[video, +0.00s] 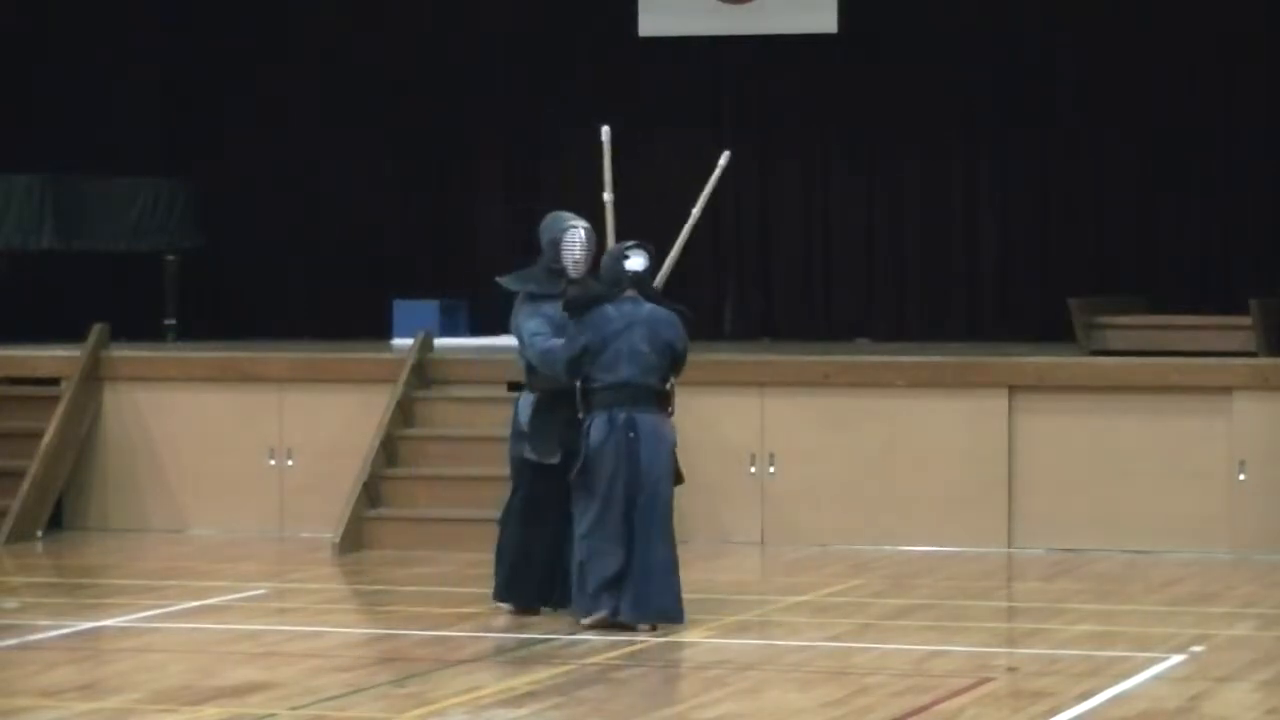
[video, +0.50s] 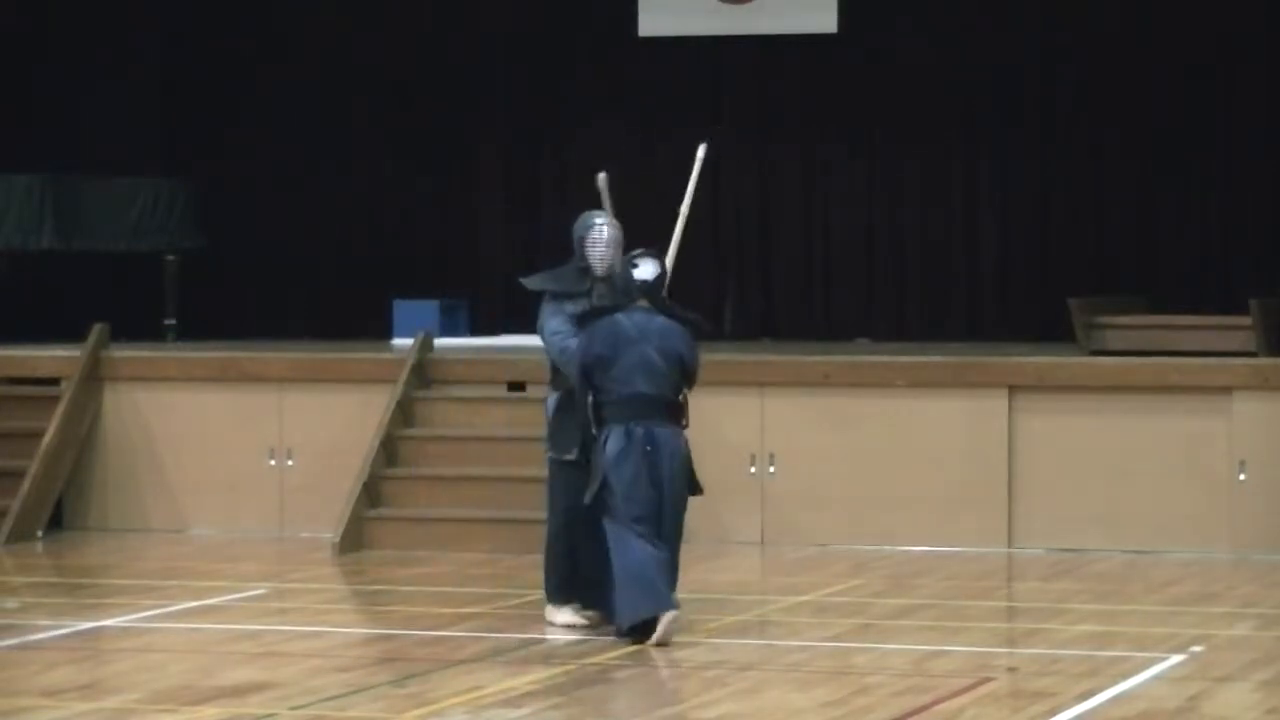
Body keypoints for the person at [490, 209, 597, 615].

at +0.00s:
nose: (579, 254)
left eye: (584, 246)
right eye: (570, 246)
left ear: (592, 249)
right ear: (551, 249)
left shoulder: (597, 293)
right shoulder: (534, 301)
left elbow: (621, 334)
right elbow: (546, 355)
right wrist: (596, 349)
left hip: (589, 406)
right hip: (544, 405)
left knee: (577, 500)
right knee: (535, 498)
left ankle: (572, 594)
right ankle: (515, 595)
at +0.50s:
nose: (602, 251)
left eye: (609, 243)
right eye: (595, 243)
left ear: (620, 247)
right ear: (581, 246)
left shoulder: (634, 290)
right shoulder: (560, 295)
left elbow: (671, 332)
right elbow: (569, 353)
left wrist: (652, 296)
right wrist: (605, 366)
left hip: (621, 410)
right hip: (573, 409)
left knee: (611, 506)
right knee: (569, 507)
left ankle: (605, 599)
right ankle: (560, 600)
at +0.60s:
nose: (597, 251)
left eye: (603, 243)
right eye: (589, 244)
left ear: (615, 247)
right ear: (575, 249)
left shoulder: (630, 292)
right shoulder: (558, 293)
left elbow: (647, 337)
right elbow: (559, 342)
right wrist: (599, 365)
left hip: (617, 409)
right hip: (569, 410)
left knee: (611, 507)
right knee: (569, 508)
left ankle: (608, 602)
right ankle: (562, 604)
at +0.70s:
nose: (593, 251)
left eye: (600, 243)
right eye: (584, 244)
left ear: (613, 248)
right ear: (571, 250)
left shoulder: (625, 294)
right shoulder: (553, 297)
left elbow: (642, 339)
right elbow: (566, 349)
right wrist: (608, 363)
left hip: (611, 416)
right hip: (561, 417)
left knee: (604, 511)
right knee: (561, 512)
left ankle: (602, 602)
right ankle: (559, 605)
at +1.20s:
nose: (550, 257)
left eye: (556, 248)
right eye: (541, 249)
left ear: (565, 252)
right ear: (523, 253)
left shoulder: (567, 296)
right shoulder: (506, 303)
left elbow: (603, 316)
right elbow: (547, 331)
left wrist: (634, 308)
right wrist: (597, 319)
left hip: (552, 411)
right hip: (514, 412)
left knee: (551, 504)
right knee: (526, 505)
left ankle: (553, 597)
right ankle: (528, 600)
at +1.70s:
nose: (518, 253)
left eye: (522, 244)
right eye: (508, 245)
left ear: (529, 247)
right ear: (488, 249)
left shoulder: (533, 296)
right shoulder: (470, 302)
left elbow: (567, 337)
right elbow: (504, 339)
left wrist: (594, 338)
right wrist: (563, 340)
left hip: (508, 413)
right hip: (470, 413)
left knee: (509, 508)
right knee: (476, 507)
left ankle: (498, 603)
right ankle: (474, 606)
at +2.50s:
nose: (488, 250)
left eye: (492, 241)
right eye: (479, 241)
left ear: (499, 246)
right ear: (460, 246)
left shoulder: (501, 294)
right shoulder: (446, 295)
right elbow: (445, 352)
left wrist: (530, 335)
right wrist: (511, 338)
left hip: (490, 409)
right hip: (453, 410)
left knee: (485, 506)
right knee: (451, 505)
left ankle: (478, 607)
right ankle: (443, 604)